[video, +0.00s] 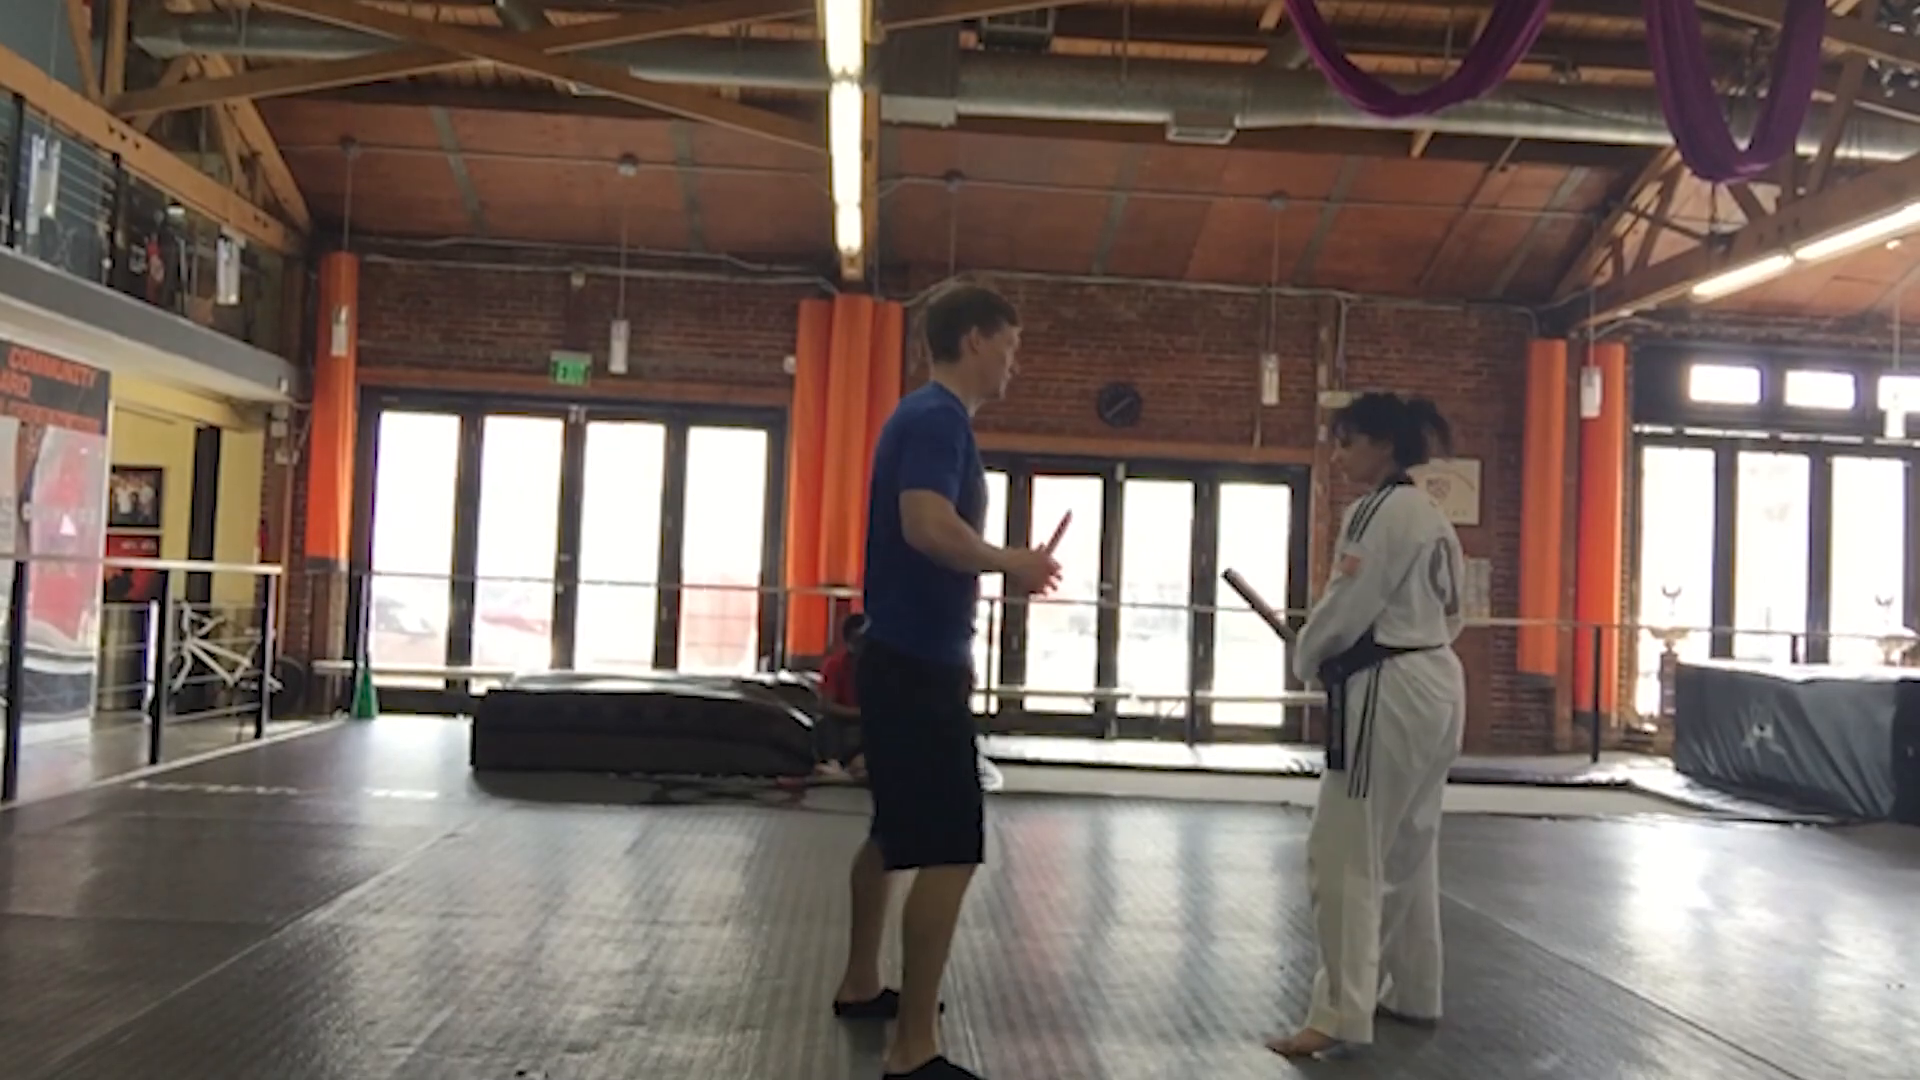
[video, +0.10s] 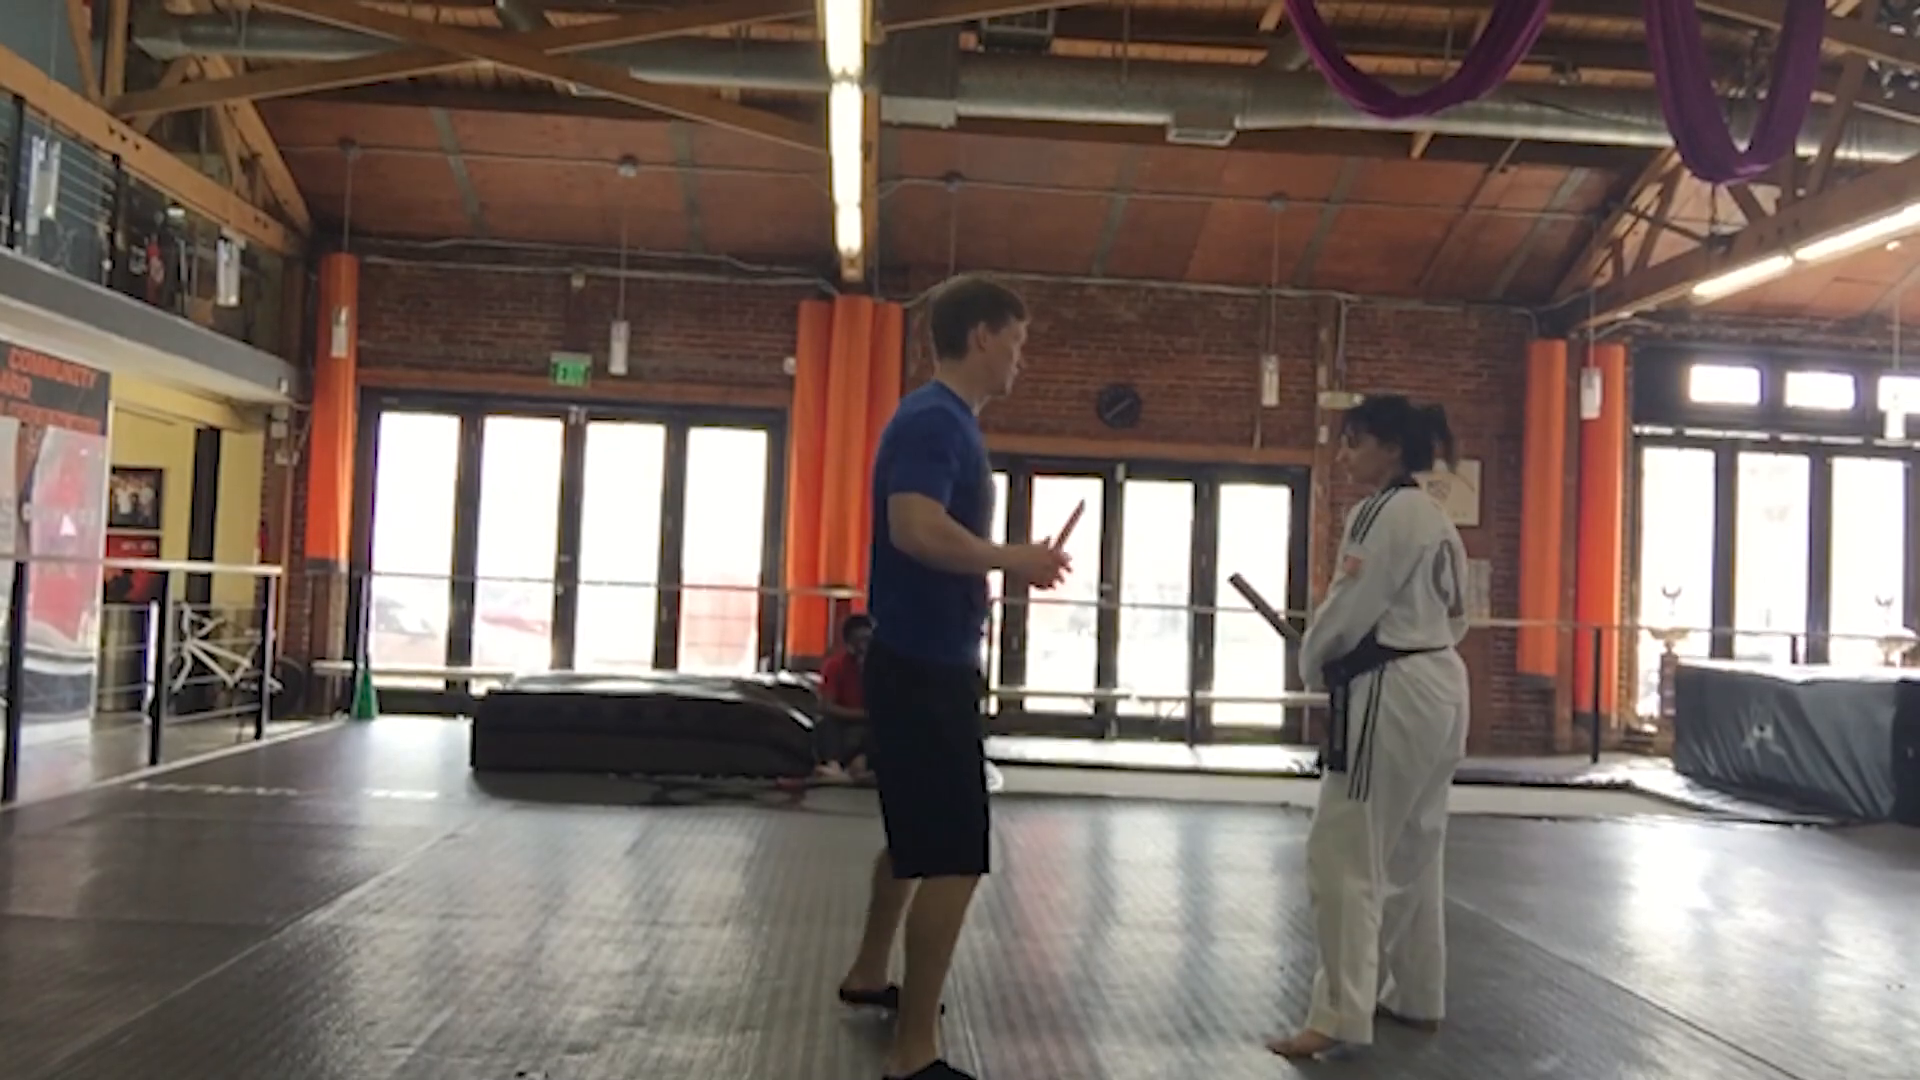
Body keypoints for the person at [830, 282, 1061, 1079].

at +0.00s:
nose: (1015, 364)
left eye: (1016, 348)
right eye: (1011, 347)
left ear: (956, 343)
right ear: (974, 341)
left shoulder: (928, 419)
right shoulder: (936, 419)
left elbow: (938, 535)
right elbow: (926, 528)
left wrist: (1009, 566)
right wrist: (1007, 562)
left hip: (899, 663)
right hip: (919, 669)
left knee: (892, 833)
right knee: (954, 851)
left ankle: (861, 985)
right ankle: (914, 1048)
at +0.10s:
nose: (1021, 361)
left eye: (1023, 346)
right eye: (1016, 344)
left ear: (967, 341)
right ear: (978, 338)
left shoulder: (947, 421)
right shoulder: (931, 420)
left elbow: (933, 536)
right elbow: (915, 530)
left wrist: (1015, 561)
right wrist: (1012, 558)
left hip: (923, 666)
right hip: (923, 671)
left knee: (915, 833)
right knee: (958, 857)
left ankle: (869, 974)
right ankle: (915, 1050)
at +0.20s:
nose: (1026, 357)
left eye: (1028, 341)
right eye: (1021, 340)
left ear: (976, 337)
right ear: (982, 333)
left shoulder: (967, 424)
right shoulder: (924, 417)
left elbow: (964, 527)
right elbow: (897, 527)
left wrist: (1025, 548)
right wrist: (1011, 553)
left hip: (949, 665)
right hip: (918, 667)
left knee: (942, 832)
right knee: (959, 862)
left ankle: (887, 951)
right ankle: (914, 1053)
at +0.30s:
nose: (1031, 352)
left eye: (1032, 337)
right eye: (1025, 335)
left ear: (985, 334)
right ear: (983, 330)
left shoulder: (991, 424)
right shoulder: (919, 417)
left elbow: (1009, 509)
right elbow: (876, 528)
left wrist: (1036, 535)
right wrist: (1005, 549)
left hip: (964, 665)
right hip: (920, 668)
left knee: (967, 835)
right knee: (955, 866)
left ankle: (914, 953)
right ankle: (913, 1056)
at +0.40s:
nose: (1034, 351)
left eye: (1036, 336)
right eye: (1029, 334)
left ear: (992, 332)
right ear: (988, 330)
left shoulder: (1006, 421)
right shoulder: (913, 420)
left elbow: (1042, 506)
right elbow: (859, 530)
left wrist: (1049, 523)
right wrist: (988, 545)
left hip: (979, 665)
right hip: (925, 667)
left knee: (974, 834)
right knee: (960, 859)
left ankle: (915, 954)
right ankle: (914, 1055)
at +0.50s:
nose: (1036, 352)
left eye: (1038, 337)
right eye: (1031, 336)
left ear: (994, 335)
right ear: (989, 332)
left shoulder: (1014, 419)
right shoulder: (910, 423)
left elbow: (1078, 508)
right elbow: (851, 531)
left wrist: (1051, 540)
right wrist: (973, 548)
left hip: (987, 666)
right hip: (930, 670)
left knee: (992, 824)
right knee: (960, 862)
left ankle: (921, 944)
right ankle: (912, 1057)